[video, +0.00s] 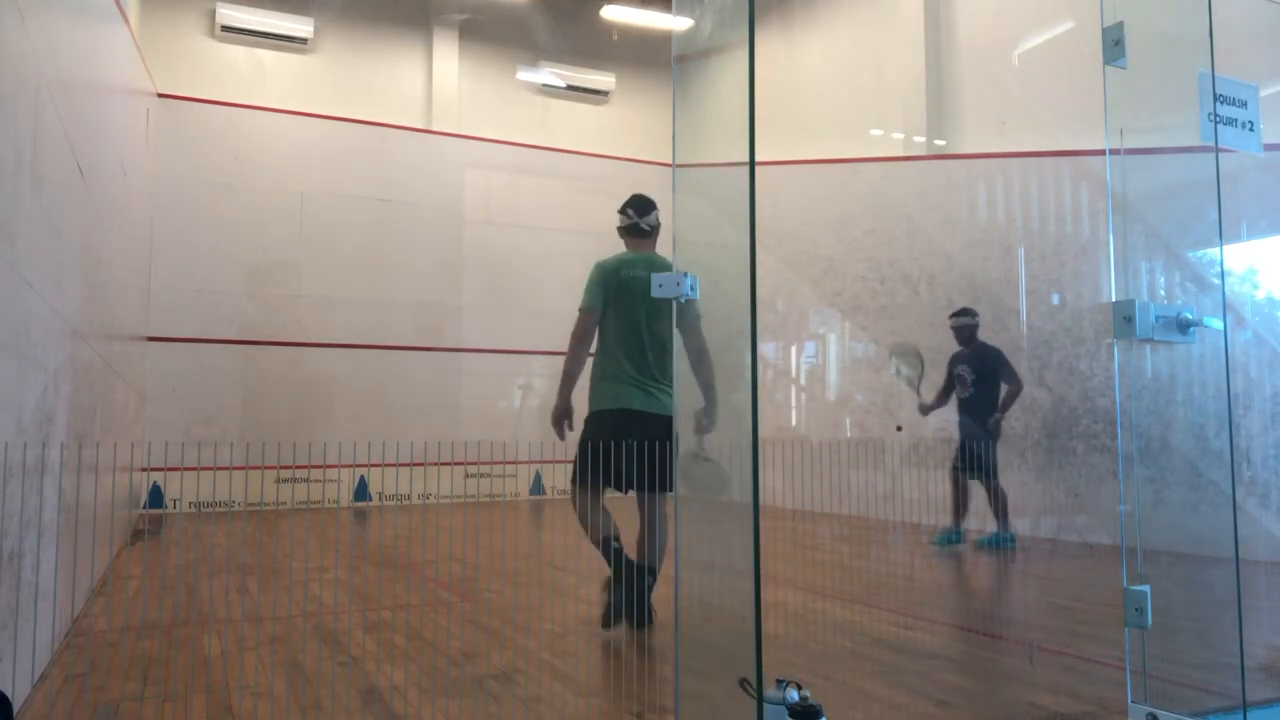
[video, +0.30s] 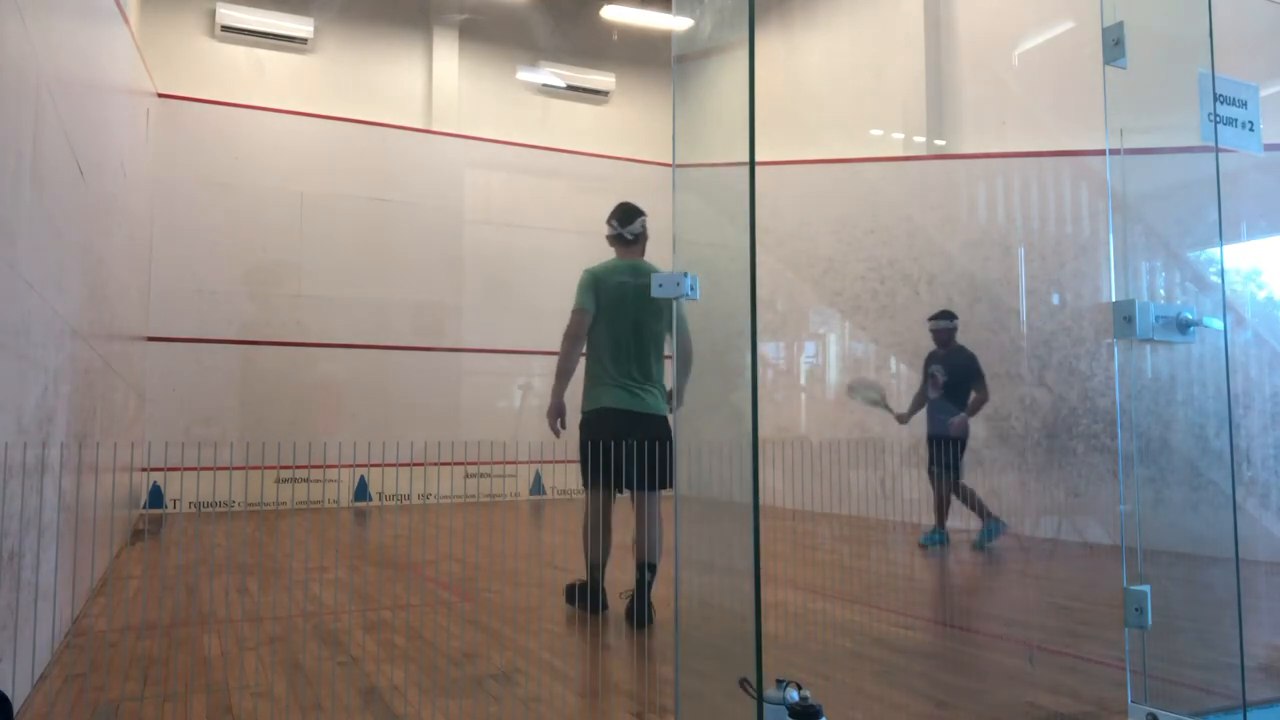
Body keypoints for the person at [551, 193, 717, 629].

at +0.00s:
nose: (626, 236)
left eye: (623, 230)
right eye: (635, 230)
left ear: (620, 229)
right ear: (658, 229)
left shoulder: (607, 270)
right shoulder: (676, 276)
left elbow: (582, 338)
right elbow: (696, 347)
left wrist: (563, 397)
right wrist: (711, 401)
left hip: (612, 412)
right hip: (660, 414)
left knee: (585, 496)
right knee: (654, 508)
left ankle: (622, 568)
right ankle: (640, 603)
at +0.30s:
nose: (616, 243)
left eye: (611, 237)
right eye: (630, 236)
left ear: (609, 237)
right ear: (646, 237)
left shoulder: (594, 277)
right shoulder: (665, 282)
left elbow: (575, 337)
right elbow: (685, 349)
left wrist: (557, 394)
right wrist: (677, 392)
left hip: (602, 414)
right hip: (651, 415)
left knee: (598, 501)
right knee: (648, 505)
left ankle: (593, 589)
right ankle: (642, 600)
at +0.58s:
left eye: (588, 238)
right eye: (618, 238)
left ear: (584, 241)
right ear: (621, 240)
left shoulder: (569, 288)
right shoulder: (641, 285)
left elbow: (553, 355)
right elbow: (662, 343)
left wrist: (552, 408)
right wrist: (663, 386)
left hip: (588, 413)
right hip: (633, 414)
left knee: (591, 499)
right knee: (640, 492)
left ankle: (597, 588)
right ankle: (643, 564)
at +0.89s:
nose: (616, 243)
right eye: (614, 238)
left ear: (577, 245)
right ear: (611, 242)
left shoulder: (562, 290)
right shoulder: (634, 286)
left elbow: (549, 350)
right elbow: (654, 344)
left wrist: (556, 385)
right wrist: (657, 388)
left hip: (586, 413)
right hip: (631, 412)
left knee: (589, 500)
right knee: (636, 496)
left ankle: (596, 590)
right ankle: (641, 585)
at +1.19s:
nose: (588, 248)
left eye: (586, 242)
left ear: (586, 245)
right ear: (622, 243)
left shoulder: (580, 290)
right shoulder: (646, 288)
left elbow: (562, 349)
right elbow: (664, 348)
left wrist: (563, 398)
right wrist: (663, 395)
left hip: (602, 411)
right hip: (645, 410)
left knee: (600, 501)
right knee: (661, 492)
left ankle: (598, 590)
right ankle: (693, 570)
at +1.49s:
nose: (626, 255)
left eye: (625, 250)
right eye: (634, 249)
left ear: (625, 251)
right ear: (658, 249)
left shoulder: (626, 290)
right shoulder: (680, 291)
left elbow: (609, 350)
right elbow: (687, 351)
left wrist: (597, 399)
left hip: (640, 415)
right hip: (682, 415)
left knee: (619, 498)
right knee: (690, 497)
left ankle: (600, 588)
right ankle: (701, 583)